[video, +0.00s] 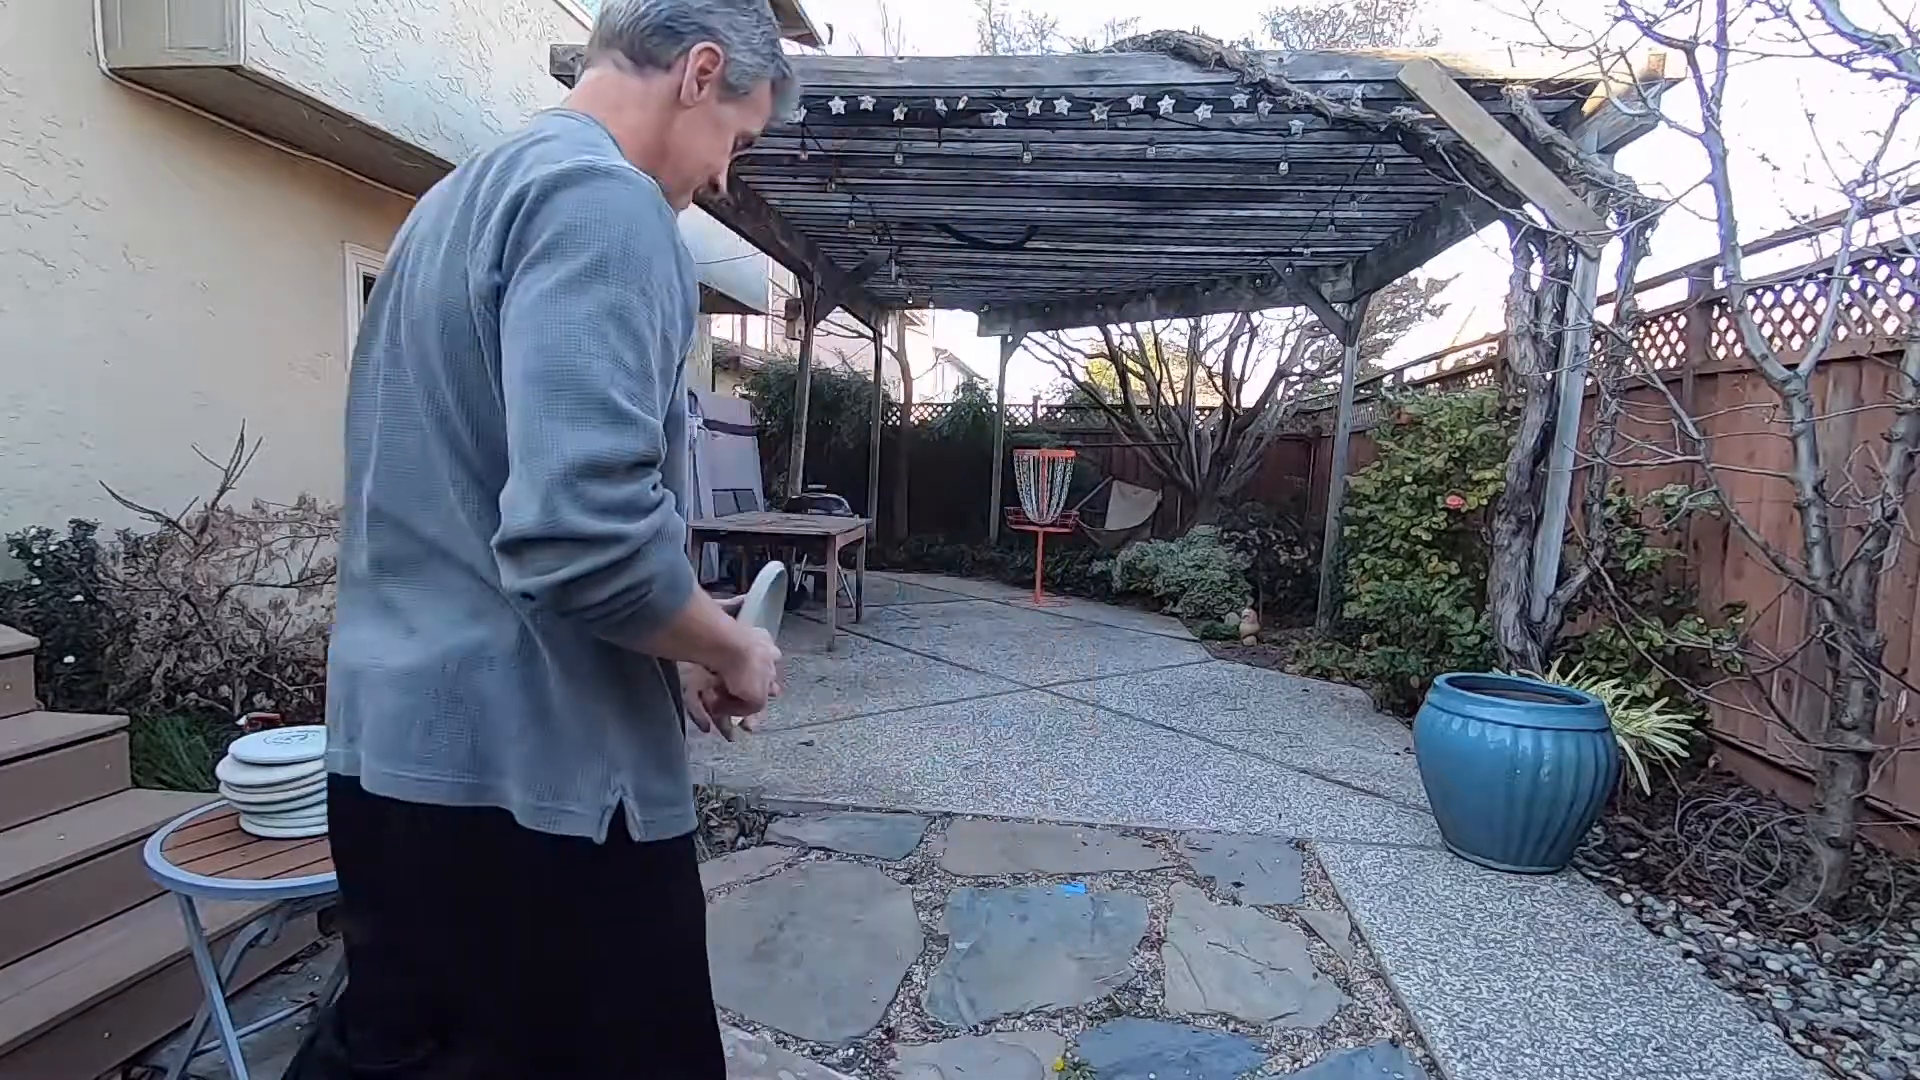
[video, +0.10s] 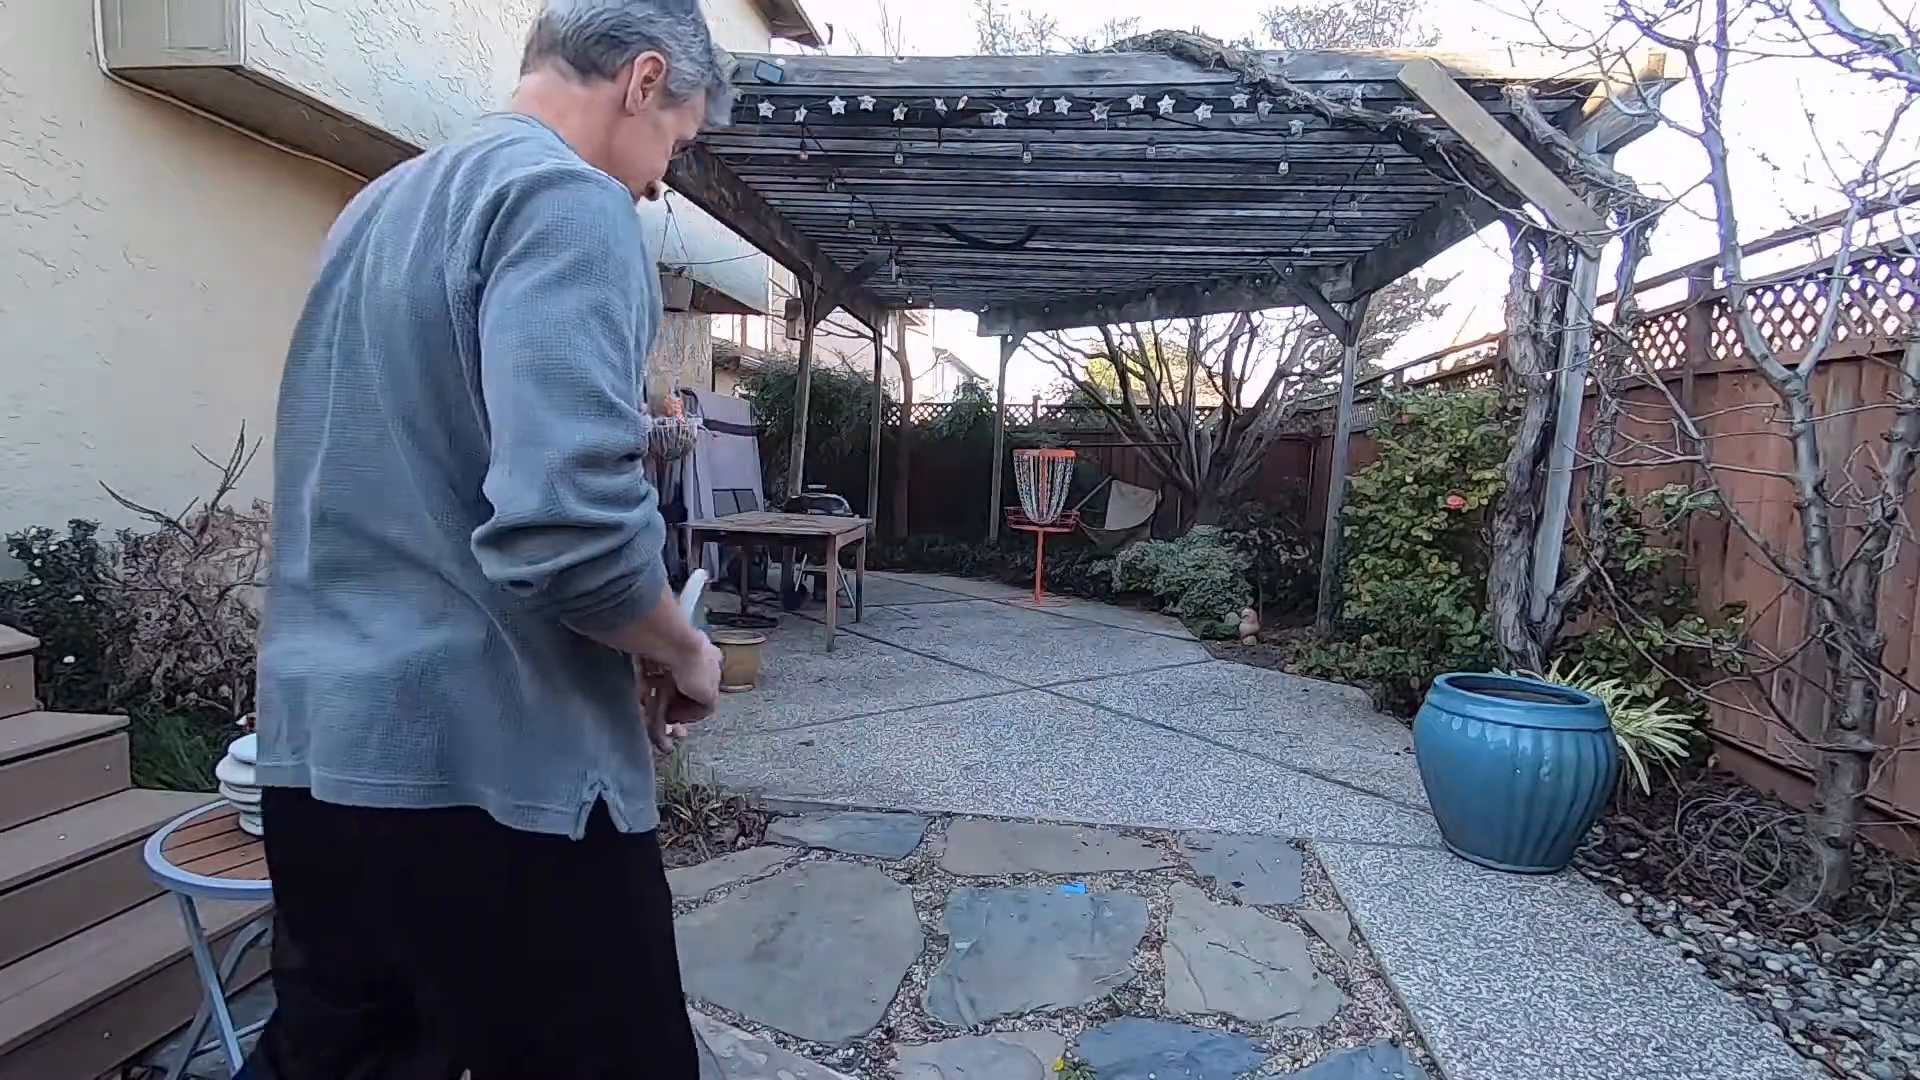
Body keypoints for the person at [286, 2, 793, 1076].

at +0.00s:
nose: (724, 174)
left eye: (741, 146)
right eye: (738, 136)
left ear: (607, 64)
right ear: (698, 72)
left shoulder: (460, 193)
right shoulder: (601, 198)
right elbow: (580, 531)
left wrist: (663, 649)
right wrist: (725, 641)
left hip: (396, 769)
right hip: (540, 789)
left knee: (397, 1052)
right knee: (642, 1064)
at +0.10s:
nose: (660, 181)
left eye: (680, 156)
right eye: (676, 144)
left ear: (540, 73)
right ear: (640, 81)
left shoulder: (381, 202)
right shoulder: (566, 197)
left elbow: (408, 510)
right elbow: (566, 521)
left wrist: (605, 667)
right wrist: (682, 647)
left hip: (320, 767)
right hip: (494, 774)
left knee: (344, 1061)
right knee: (614, 1065)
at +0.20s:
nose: (594, 184)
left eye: (609, 159)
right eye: (606, 149)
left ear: (459, 81)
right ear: (570, 88)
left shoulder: (286, 216)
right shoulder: (510, 202)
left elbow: (273, 502)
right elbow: (528, 510)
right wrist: (621, 648)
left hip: (238, 777)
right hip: (447, 783)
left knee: (261, 1060)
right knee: (574, 1065)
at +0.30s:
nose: (520, 186)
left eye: (536, 163)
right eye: (531, 153)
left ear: (379, 87)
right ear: (490, 93)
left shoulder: (195, 225)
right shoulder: (443, 209)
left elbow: (187, 507)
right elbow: (479, 513)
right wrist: (556, 646)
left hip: (146, 790)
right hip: (374, 797)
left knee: (166, 1065)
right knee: (524, 1064)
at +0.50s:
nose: (389, 178)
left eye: (404, 154)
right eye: (399, 140)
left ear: (238, 75)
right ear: (354, 76)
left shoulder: (35, 212)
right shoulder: (333, 204)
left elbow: (28, 482)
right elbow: (384, 514)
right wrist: (429, 647)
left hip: (25, 805)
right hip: (279, 812)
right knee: (402, 1057)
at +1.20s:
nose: (471, 194)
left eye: (476, 168)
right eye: (473, 161)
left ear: (326, 131)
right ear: (432, 129)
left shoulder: (158, 287)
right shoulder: (476, 279)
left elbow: (65, 557)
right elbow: (554, 541)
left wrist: (221, 605)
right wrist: (483, 658)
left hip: (185, 805)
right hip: (430, 804)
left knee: (175, 1066)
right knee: (515, 1065)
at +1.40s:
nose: (592, 198)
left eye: (596, 176)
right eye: (594, 170)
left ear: (472, 144)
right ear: (562, 143)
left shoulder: (320, 273)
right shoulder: (610, 290)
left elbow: (224, 519)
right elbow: (677, 530)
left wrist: (361, 549)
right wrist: (586, 573)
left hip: (340, 735)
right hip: (537, 734)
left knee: (285, 1037)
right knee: (596, 1022)